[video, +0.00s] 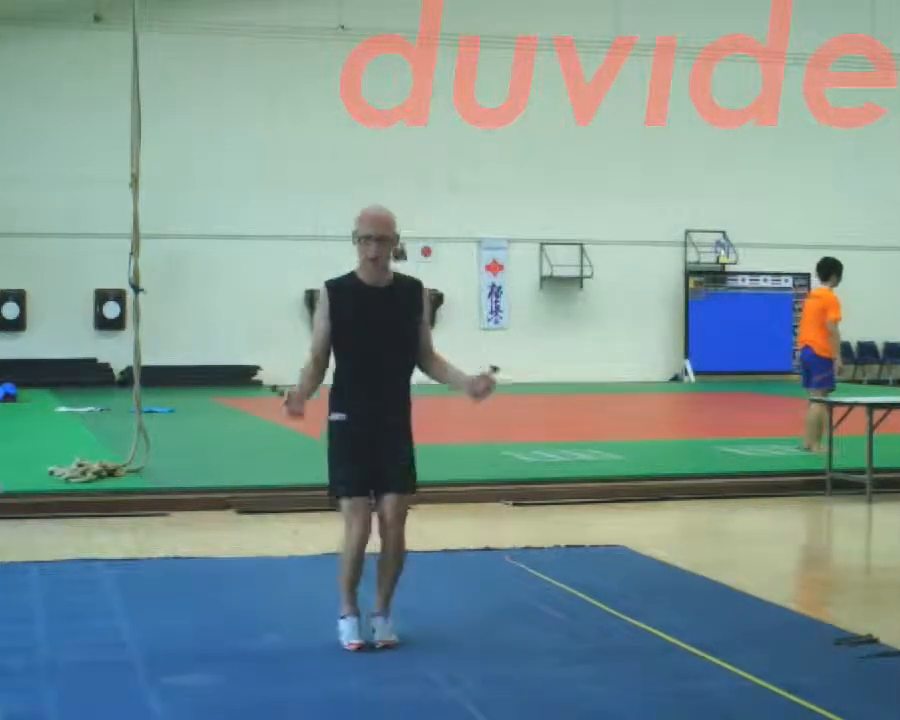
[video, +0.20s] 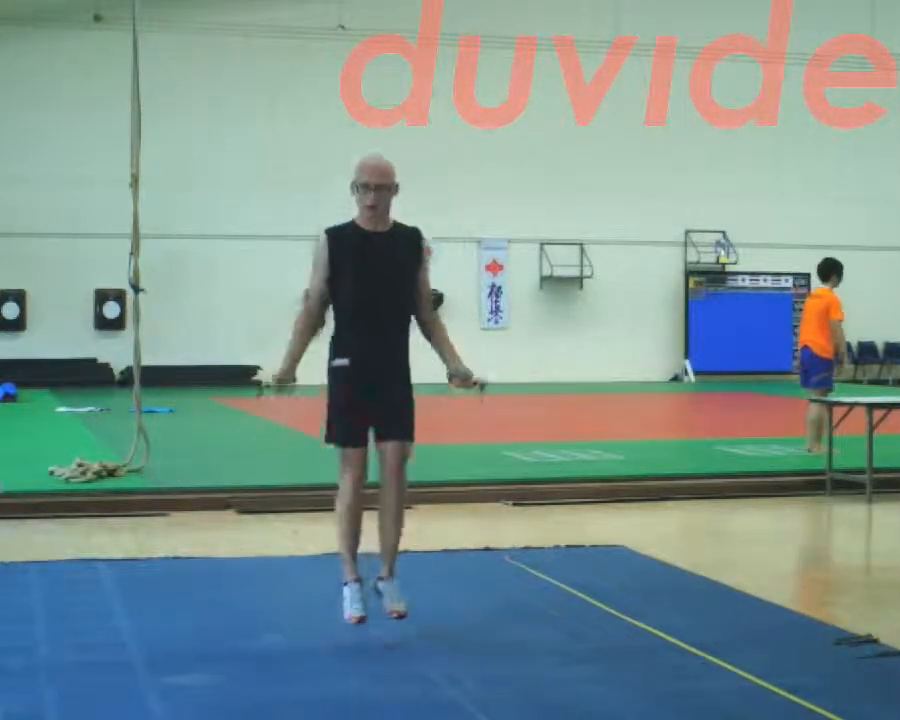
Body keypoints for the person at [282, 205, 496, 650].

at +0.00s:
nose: (374, 249)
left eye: (382, 240)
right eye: (366, 240)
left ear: (396, 243)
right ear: (355, 242)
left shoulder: (415, 294)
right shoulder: (333, 294)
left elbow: (427, 358)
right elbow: (318, 358)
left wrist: (466, 382)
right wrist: (302, 391)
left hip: (395, 417)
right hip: (348, 417)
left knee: (393, 520)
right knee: (359, 521)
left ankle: (382, 615)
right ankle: (348, 614)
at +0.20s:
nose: (373, 198)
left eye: (382, 190)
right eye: (364, 189)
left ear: (395, 192)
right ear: (353, 191)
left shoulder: (413, 242)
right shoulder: (332, 242)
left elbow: (425, 312)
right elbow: (313, 310)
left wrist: (454, 363)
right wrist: (287, 368)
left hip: (394, 369)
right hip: (349, 369)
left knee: (396, 466)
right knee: (353, 472)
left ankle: (388, 577)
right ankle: (351, 579)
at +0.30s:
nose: (372, 188)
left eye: (382, 180)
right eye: (364, 180)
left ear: (396, 181)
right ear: (353, 181)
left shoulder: (415, 229)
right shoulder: (334, 230)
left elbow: (428, 293)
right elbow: (312, 296)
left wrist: (456, 344)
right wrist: (292, 349)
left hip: (392, 348)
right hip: (345, 348)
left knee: (395, 438)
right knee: (358, 440)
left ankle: (386, 546)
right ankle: (353, 547)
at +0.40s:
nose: (372, 197)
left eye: (381, 189)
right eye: (364, 189)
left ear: (396, 191)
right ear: (354, 190)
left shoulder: (415, 236)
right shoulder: (333, 238)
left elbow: (432, 301)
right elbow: (308, 305)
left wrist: (458, 356)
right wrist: (282, 364)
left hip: (391, 352)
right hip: (346, 353)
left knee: (394, 452)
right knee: (360, 451)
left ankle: (385, 551)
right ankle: (356, 552)